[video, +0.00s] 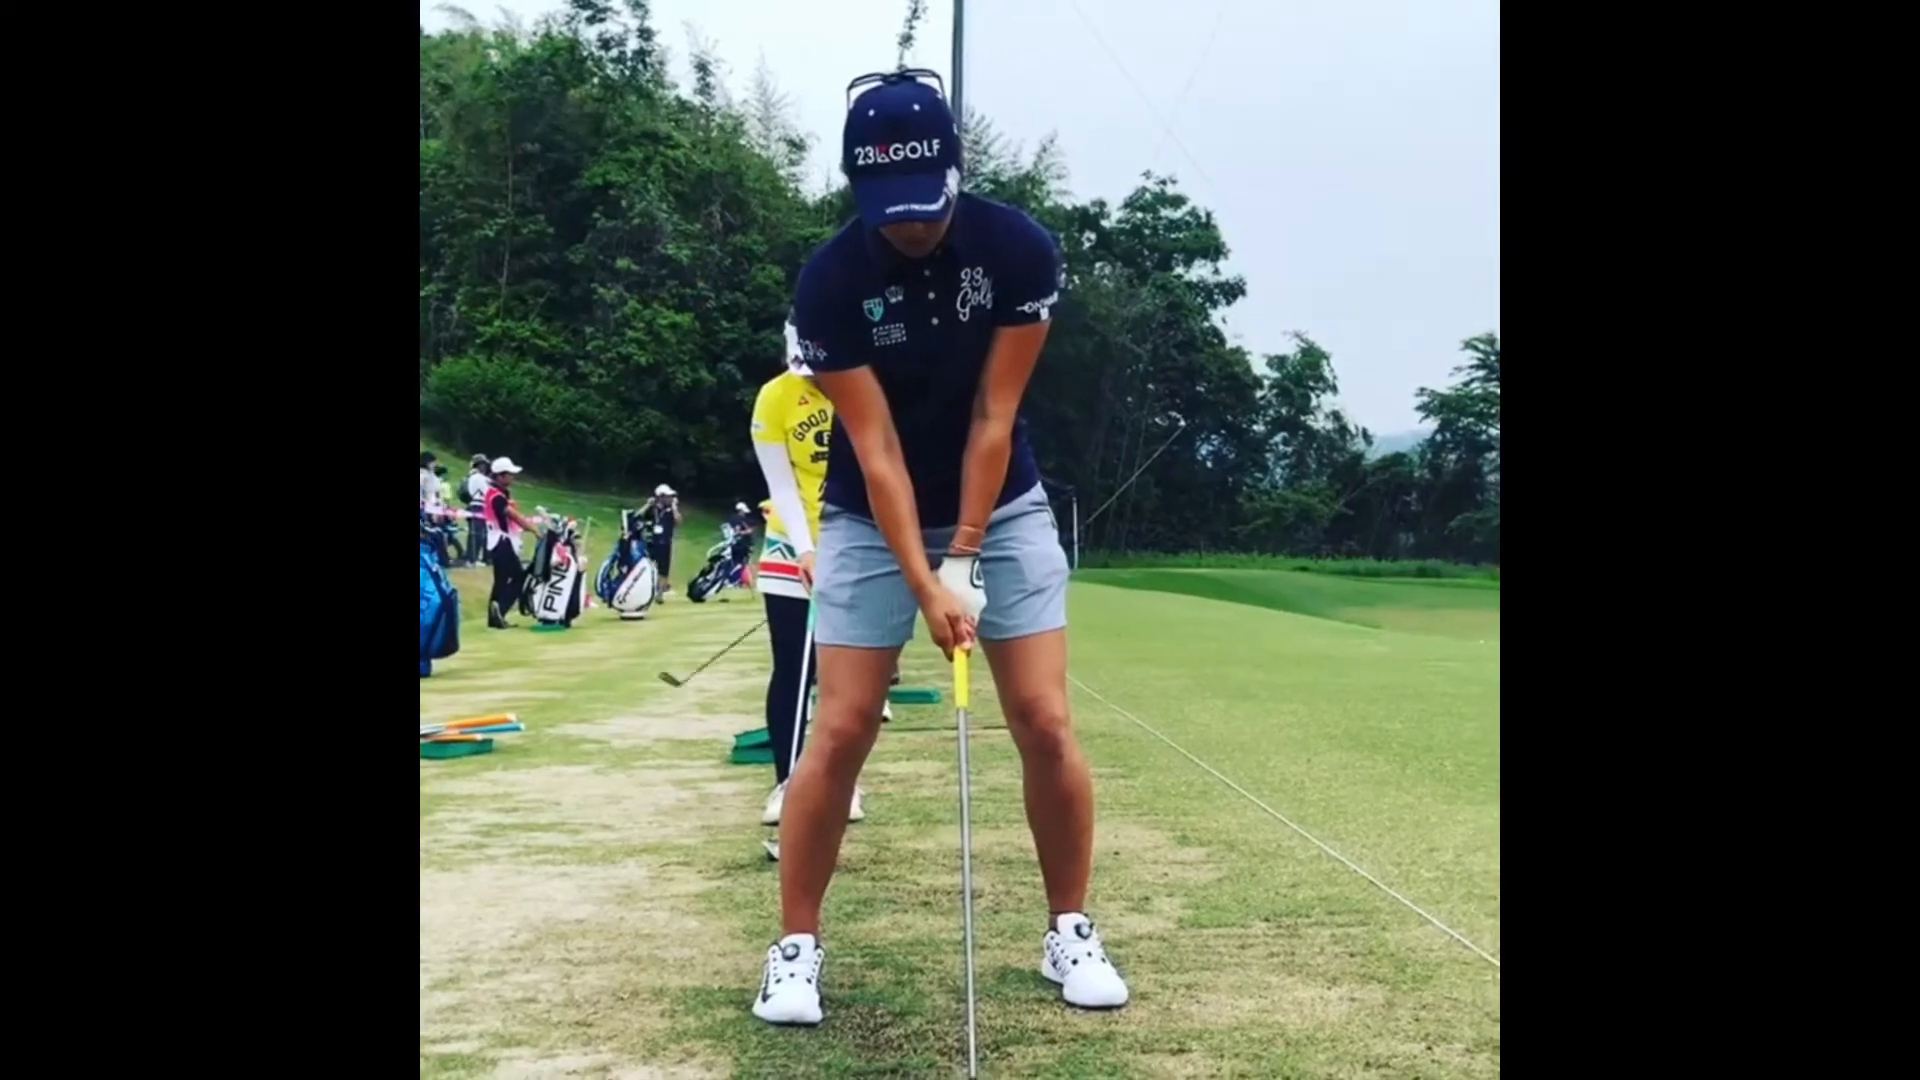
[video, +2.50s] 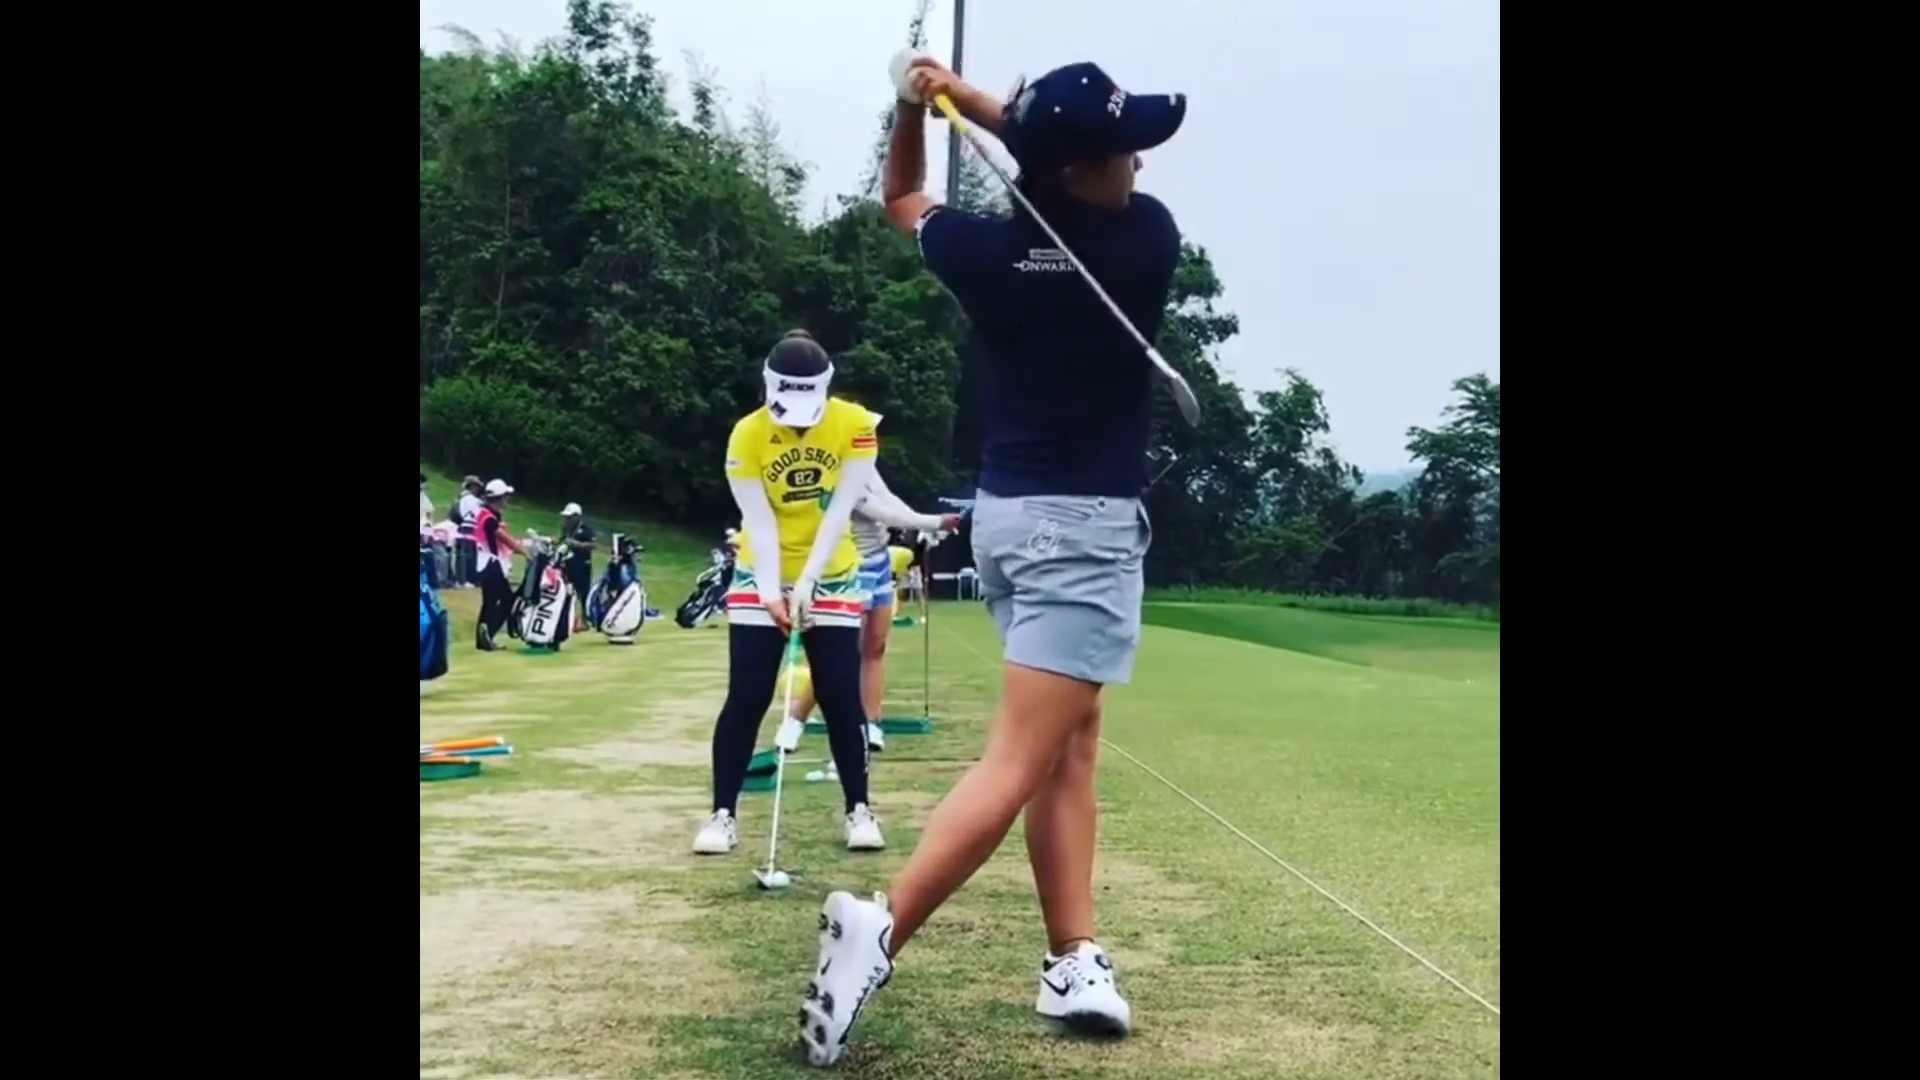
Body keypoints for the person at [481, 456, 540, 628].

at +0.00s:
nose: (512, 479)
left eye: (512, 475)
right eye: (510, 475)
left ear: (500, 477)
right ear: (500, 476)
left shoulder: (495, 493)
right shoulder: (497, 497)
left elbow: (513, 513)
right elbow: (514, 516)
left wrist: (532, 522)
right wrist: (534, 530)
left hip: (497, 538)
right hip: (502, 540)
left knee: (501, 578)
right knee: (518, 575)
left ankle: (494, 616)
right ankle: (501, 607)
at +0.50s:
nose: (523, 479)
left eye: (523, 476)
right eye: (520, 476)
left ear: (512, 478)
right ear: (511, 477)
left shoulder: (507, 493)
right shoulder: (507, 497)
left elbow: (523, 515)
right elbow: (525, 517)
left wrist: (540, 524)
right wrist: (543, 529)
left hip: (508, 538)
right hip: (511, 540)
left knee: (511, 578)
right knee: (528, 575)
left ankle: (504, 616)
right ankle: (510, 608)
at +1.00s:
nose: (536, 484)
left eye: (536, 480)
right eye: (533, 480)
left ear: (525, 482)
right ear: (524, 481)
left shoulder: (517, 497)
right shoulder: (519, 501)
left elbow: (534, 518)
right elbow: (536, 521)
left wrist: (552, 527)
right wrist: (555, 532)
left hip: (518, 542)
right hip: (523, 544)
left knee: (522, 582)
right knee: (540, 579)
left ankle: (516, 620)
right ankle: (522, 611)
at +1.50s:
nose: (545, 491)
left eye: (546, 488)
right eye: (542, 488)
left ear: (535, 490)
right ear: (533, 489)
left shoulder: (529, 506)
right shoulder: (529, 510)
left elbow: (544, 528)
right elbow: (547, 530)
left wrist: (561, 535)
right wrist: (564, 540)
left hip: (532, 551)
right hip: (533, 553)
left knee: (532, 590)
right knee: (549, 587)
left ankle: (526, 627)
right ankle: (531, 619)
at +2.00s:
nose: (532, 497)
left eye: (532, 493)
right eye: (529, 493)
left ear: (520, 495)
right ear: (520, 495)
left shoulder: (513, 512)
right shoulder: (514, 516)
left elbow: (530, 534)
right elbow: (531, 536)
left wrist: (548, 541)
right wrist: (550, 547)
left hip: (514, 556)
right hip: (517, 559)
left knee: (516, 596)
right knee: (534, 593)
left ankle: (509, 635)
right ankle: (516, 625)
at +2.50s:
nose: (507, 500)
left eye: (507, 497)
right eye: (505, 497)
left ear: (491, 497)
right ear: (498, 498)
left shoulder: (484, 514)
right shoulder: (490, 519)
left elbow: (503, 536)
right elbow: (506, 541)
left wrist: (522, 544)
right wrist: (524, 551)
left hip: (484, 558)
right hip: (491, 562)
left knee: (489, 599)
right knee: (507, 597)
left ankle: (483, 637)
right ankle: (489, 630)